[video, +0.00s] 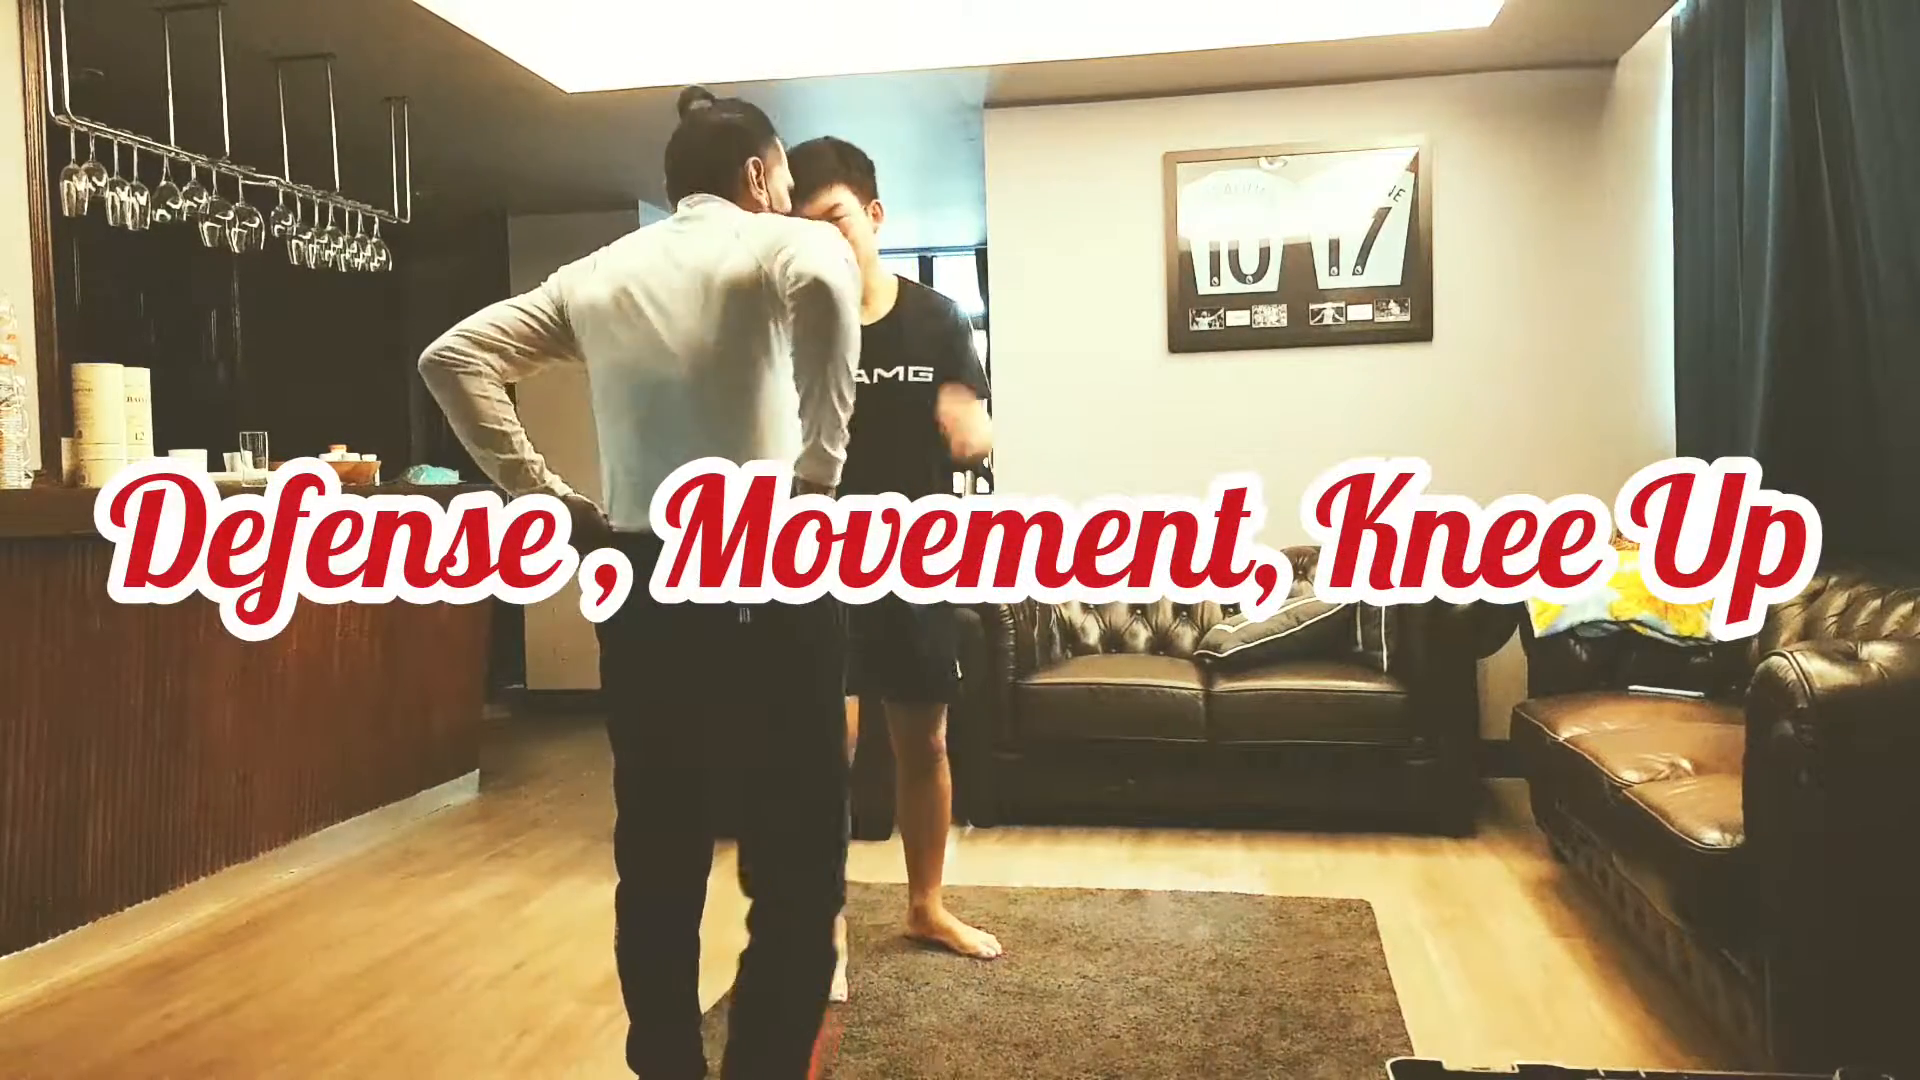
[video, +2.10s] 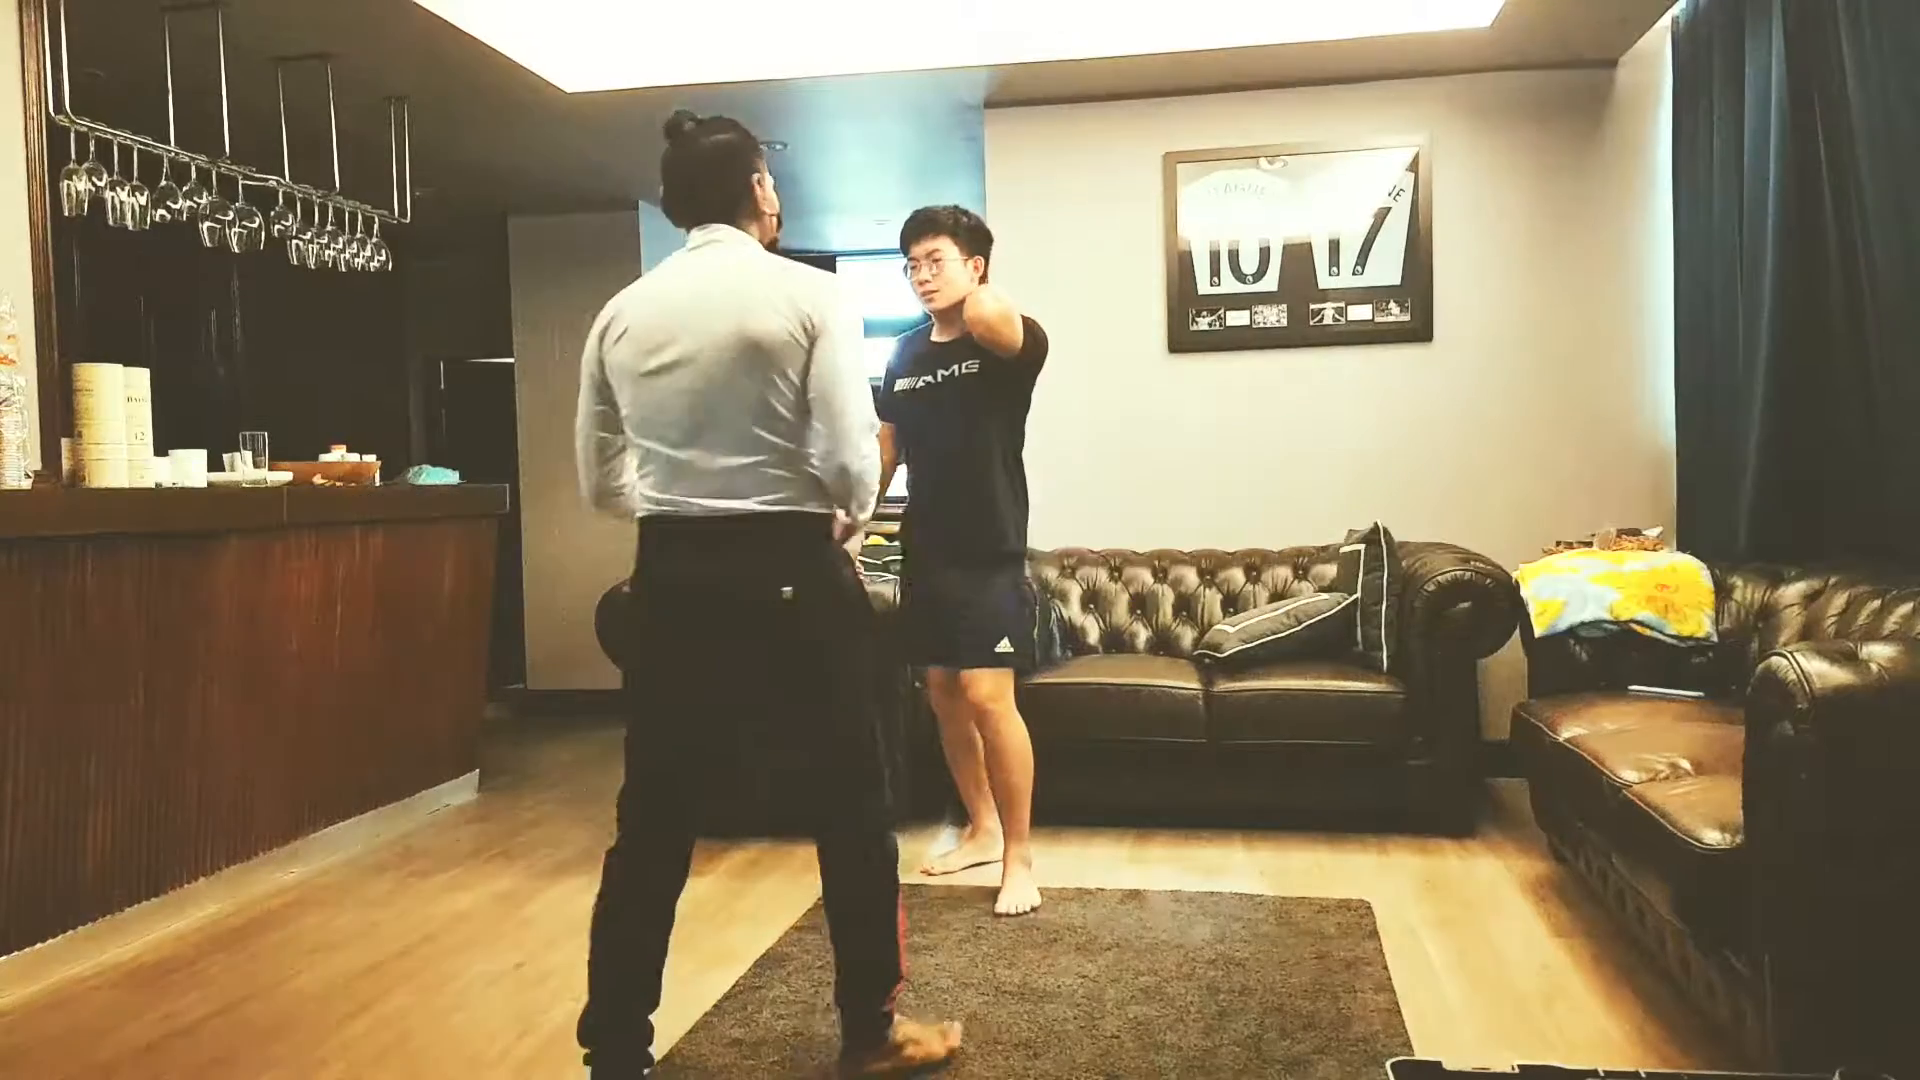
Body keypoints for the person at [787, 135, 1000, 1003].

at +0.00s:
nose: (826, 235)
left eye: (838, 215)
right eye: (811, 223)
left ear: (876, 213)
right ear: (797, 232)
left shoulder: (931, 317)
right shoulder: (791, 322)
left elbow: (972, 438)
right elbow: (763, 426)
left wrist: (965, 432)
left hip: (917, 556)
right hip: (819, 559)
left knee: (924, 742)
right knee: (827, 746)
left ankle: (929, 907)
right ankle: (827, 933)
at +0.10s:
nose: (824, 233)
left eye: (838, 217)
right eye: (812, 221)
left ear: (878, 217)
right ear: (801, 228)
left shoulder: (924, 302)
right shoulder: (791, 313)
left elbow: (986, 415)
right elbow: (762, 416)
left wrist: (960, 317)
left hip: (919, 538)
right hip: (822, 545)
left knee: (935, 732)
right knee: (833, 742)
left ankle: (935, 901)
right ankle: (826, 930)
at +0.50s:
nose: (888, 264)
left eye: (901, 243)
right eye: (873, 249)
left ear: (939, 235)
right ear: (856, 249)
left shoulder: (976, 313)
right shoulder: (845, 315)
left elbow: (1009, 295)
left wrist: (949, 242)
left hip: (956, 565)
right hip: (855, 565)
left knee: (998, 740)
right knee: (847, 748)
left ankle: (1027, 858)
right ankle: (828, 931)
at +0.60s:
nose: (907, 266)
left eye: (920, 247)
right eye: (894, 252)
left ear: (963, 242)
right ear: (884, 254)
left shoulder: (1004, 321)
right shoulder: (869, 337)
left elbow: (1020, 295)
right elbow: (838, 449)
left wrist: (979, 253)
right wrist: (803, 534)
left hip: (986, 565)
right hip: (886, 565)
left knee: (1006, 735)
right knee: (867, 747)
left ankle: (1026, 864)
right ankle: (830, 926)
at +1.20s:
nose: (986, 250)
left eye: (1003, 235)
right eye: (976, 236)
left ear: (1045, 243)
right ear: (967, 243)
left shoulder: (1073, 331)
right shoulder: (935, 333)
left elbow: (1076, 311)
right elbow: (897, 436)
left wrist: (1046, 265)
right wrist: (892, 562)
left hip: (1033, 557)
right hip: (943, 554)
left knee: (1029, 721)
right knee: (931, 716)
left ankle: (1025, 877)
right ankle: (929, 877)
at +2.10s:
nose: (923, 275)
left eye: (935, 260)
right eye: (915, 265)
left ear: (977, 265)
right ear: (910, 276)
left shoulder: (1018, 338)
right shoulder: (909, 351)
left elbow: (996, 325)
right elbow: (883, 451)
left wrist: (973, 296)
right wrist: (851, 521)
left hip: (990, 546)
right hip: (928, 546)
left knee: (989, 696)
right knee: (945, 691)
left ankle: (1019, 858)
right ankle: (982, 829)